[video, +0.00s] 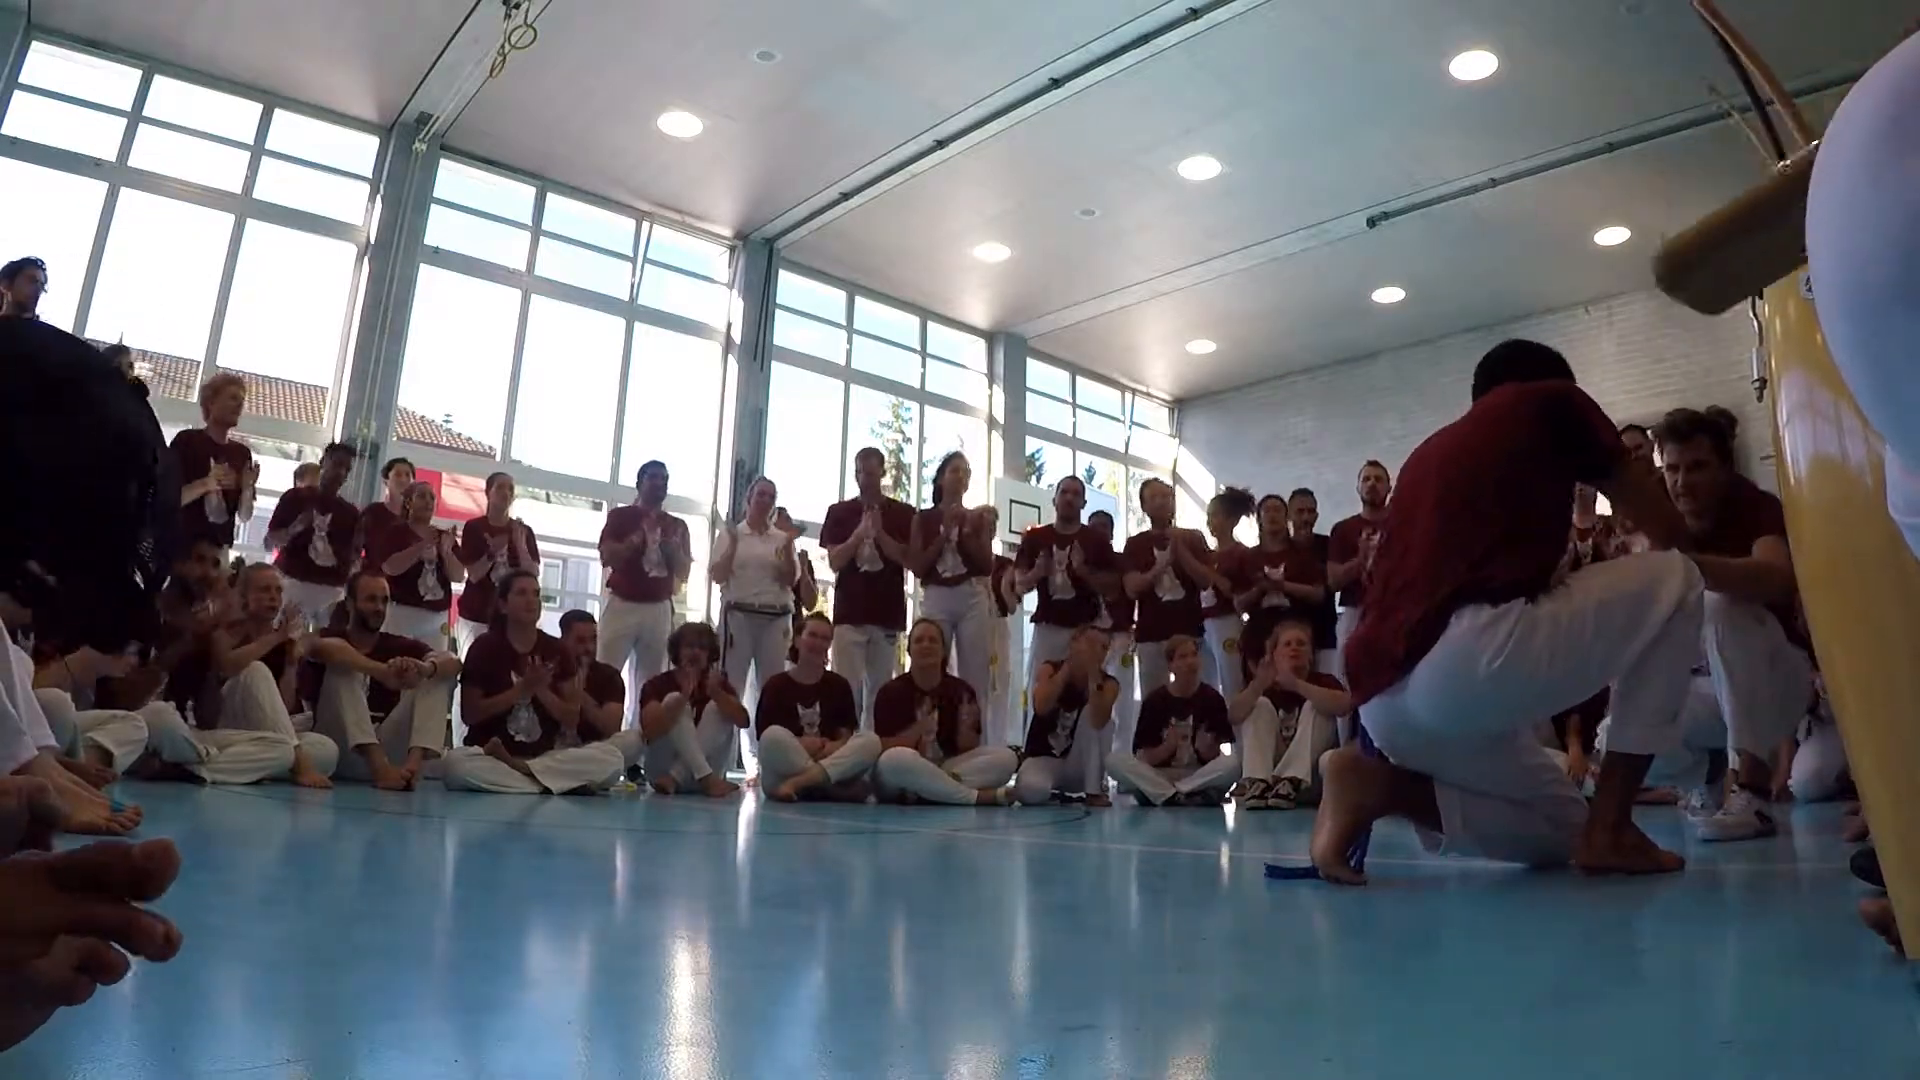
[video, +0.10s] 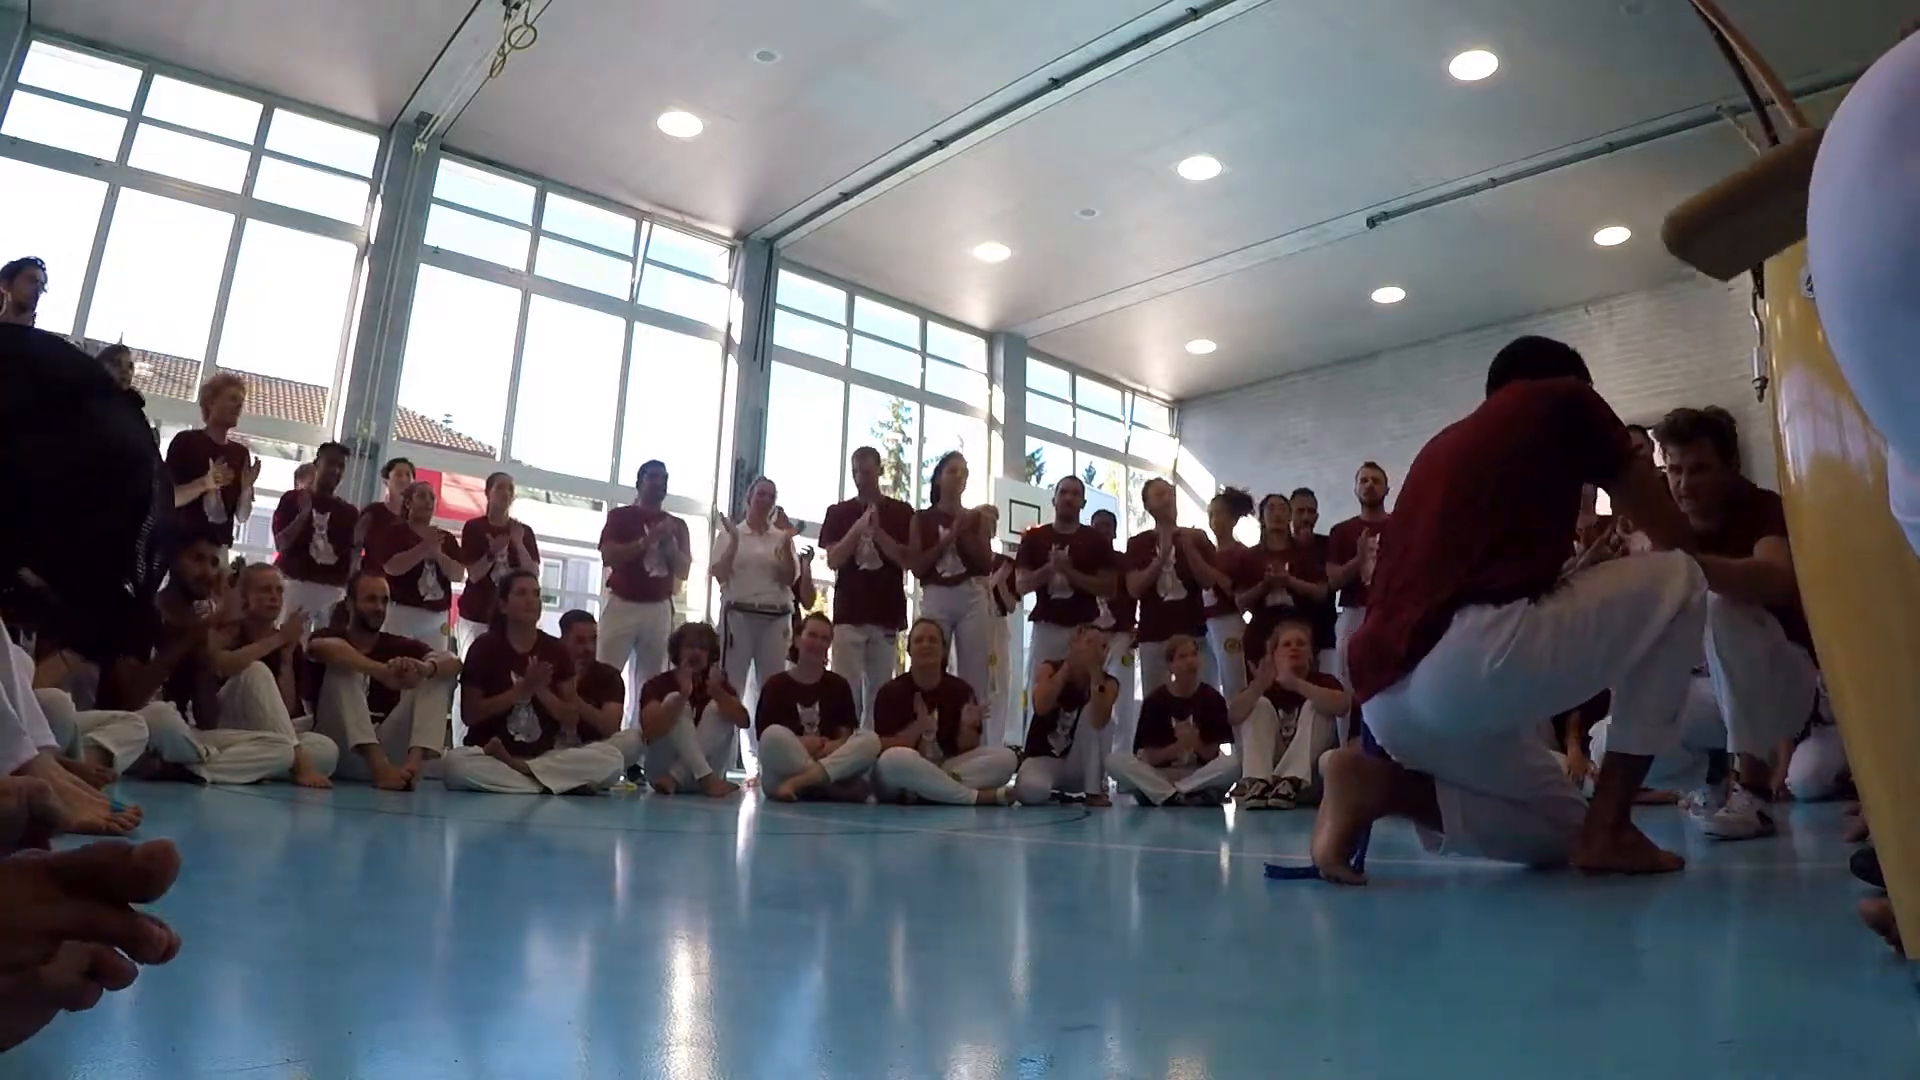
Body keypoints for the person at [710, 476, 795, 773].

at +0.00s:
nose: (763, 499)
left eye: (768, 496)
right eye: (759, 494)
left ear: (775, 503)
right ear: (748, 498)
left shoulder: (783, 538)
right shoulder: (729, 534)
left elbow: (790, 580)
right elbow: (718, 576)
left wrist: (788, 543)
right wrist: (733, 542)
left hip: (776, 617)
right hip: (738, 615)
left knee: (773, 689)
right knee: (730, 688)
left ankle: (769, 757)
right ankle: (723, 758)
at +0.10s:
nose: (764, 499)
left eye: (769, 496)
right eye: (760, 494)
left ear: (774, 503)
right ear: (748, 497)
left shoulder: (783, 536)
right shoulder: (730, 534)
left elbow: (790, 578)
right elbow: (719, 574)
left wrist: (786, 543)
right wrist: (732, 542)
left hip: (776, 618)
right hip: (737, 615)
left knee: (773, 688)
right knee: (730, 687)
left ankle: (768, 750)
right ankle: (723, 749)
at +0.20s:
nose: (763, 499)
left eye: (769, 495)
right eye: (759, 493)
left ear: (775, 503)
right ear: (748, 497)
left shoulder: (784, 538)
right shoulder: (729, 535)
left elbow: (785, 578)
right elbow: (723, 575)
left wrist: (771, 546)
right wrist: (754, 546)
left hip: (776, 619)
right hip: (737, 617)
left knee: (773, 691)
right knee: (730, 689)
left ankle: (769, 761)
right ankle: (720, 759)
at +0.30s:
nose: (765, 500)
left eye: (770, 496)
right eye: (760, 494)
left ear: (775, 503)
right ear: (748, 497)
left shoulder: (783, 538)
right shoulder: (729, 534)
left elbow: (784, 578)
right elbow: (723, 575)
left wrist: (771, 545)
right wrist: (752, 543)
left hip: (776, 619)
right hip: (737, 617)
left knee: (773, 690)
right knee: (729, 689)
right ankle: (723, 746)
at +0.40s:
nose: (763, 499)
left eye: (769, 496)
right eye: (759, 494)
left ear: (775, 503)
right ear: (748, 497)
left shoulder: (784, 538)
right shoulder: (730, 534)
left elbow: (786, 579)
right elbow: (722, 574)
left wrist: (780, 540)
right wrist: (745, 541)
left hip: (776, 617)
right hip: (737, 615)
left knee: (772, 688)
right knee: (730, 687)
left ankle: (770, 758)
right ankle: (724, 757)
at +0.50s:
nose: (762, 499)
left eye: (768, 496)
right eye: (758, 494)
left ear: (775, 503)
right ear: (747, 497)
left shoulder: (785, 539)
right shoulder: (729, 534)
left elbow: (784, 578)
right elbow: (723, 574)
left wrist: (768, 543)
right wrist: (755, 548)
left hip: (776, 618)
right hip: (737, 616)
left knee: (773, 690)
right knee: (730, 688)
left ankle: (769, 760)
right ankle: (723, 759)